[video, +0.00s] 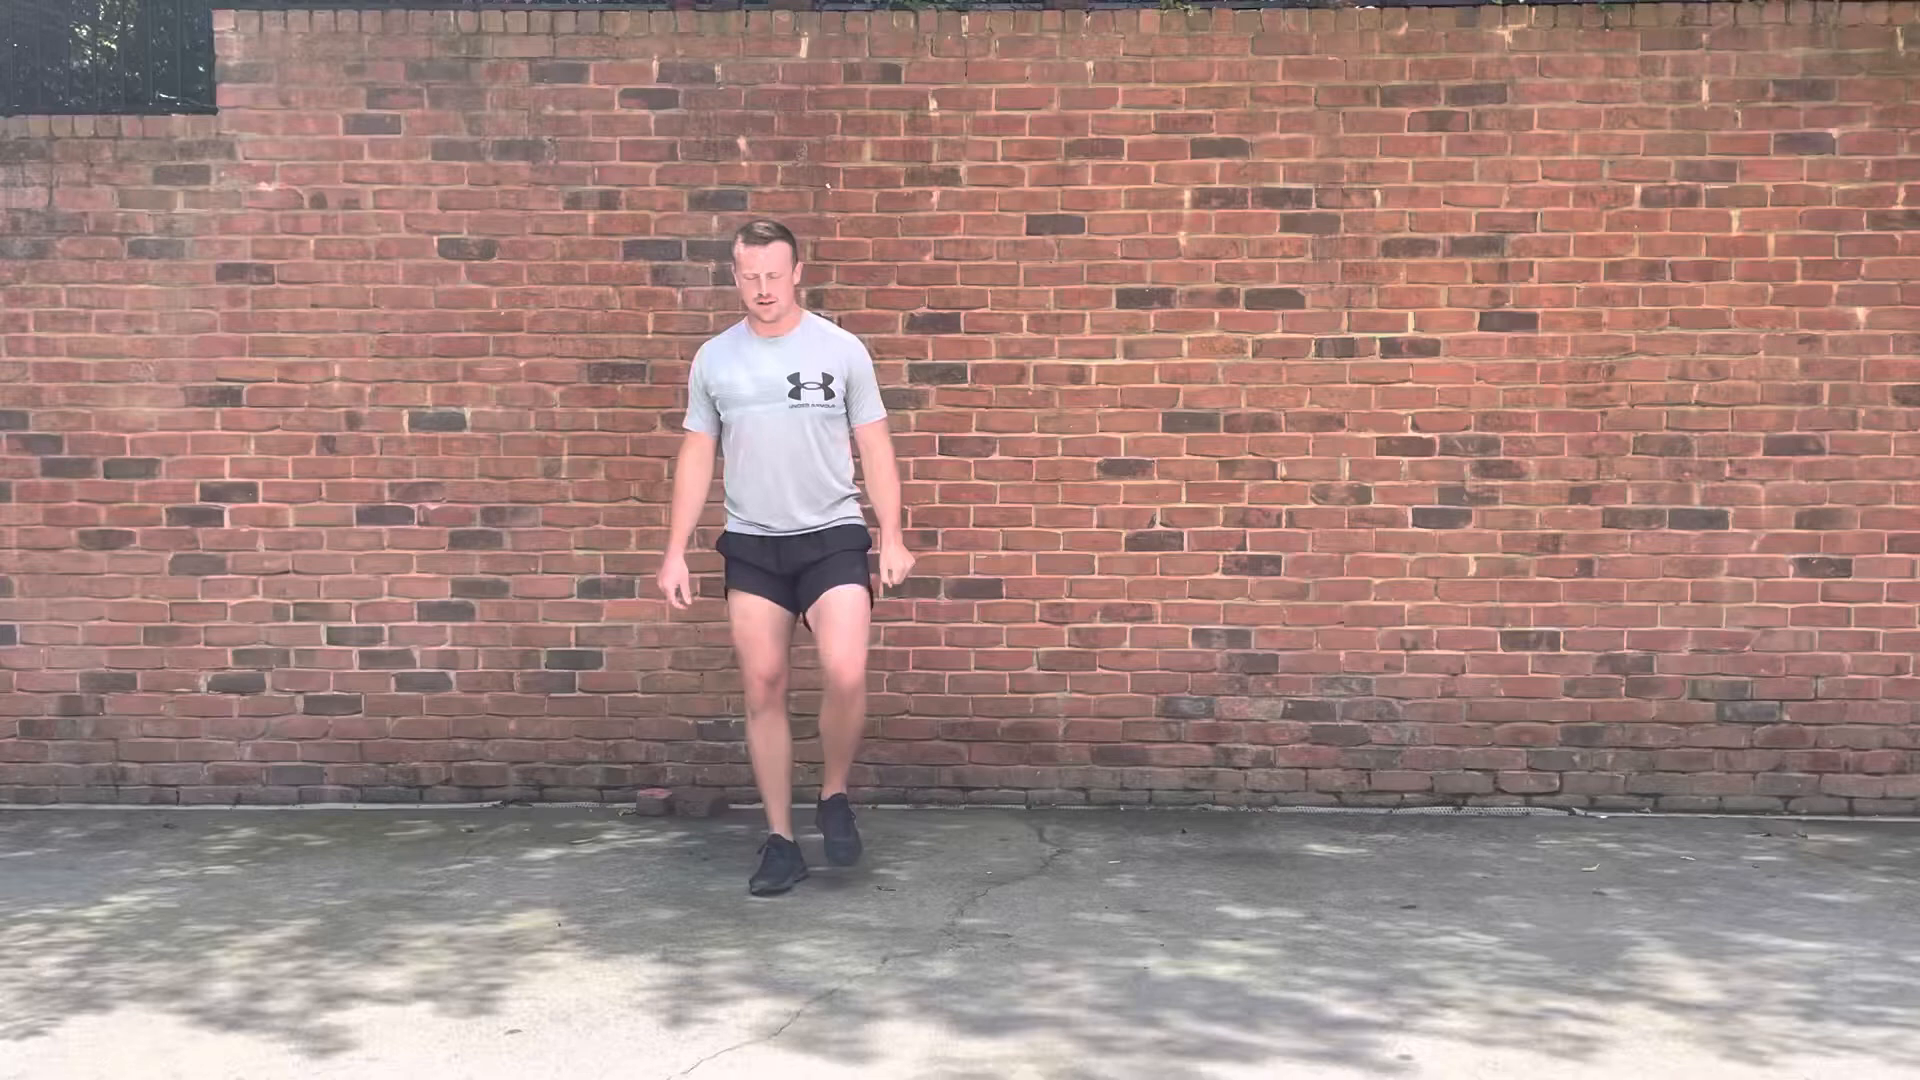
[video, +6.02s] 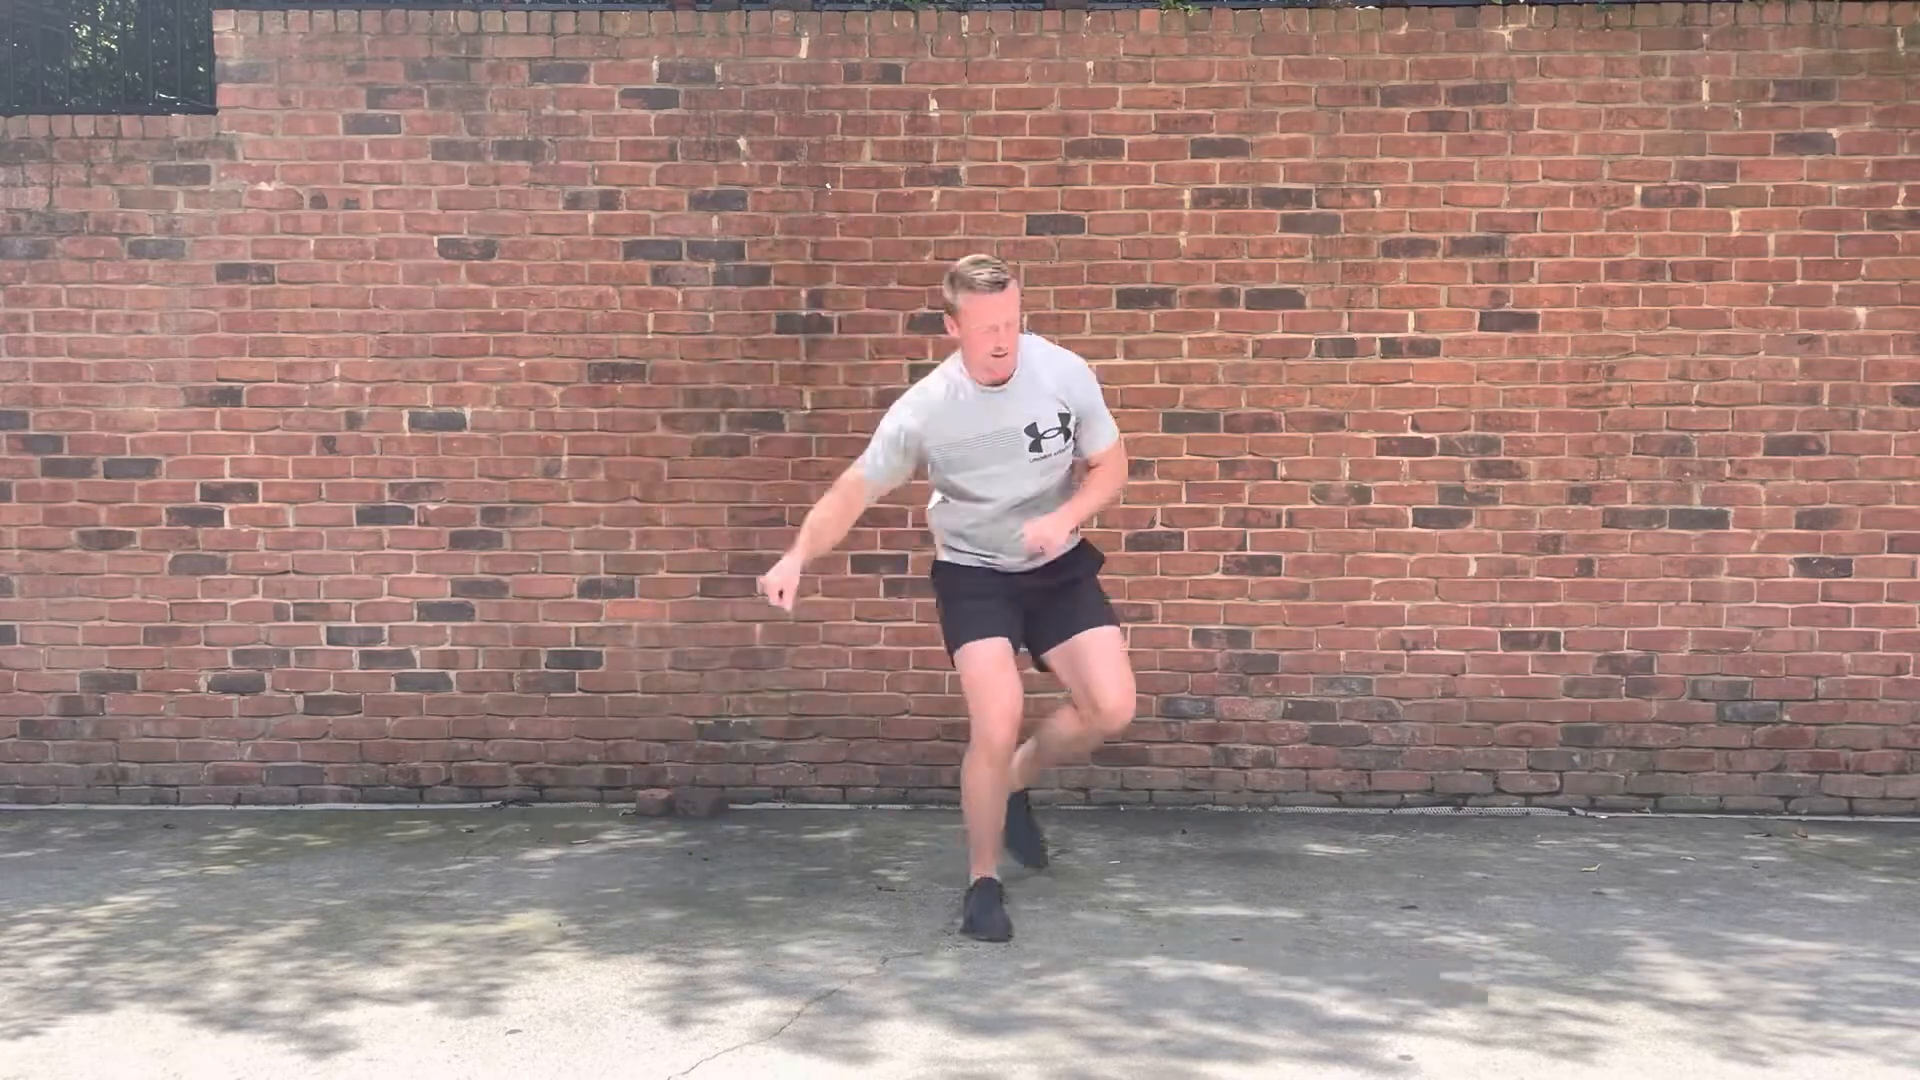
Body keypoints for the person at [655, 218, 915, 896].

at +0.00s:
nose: (761, 290)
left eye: (773, 276)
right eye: (749, 278)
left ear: (797, 273)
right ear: (734, 280)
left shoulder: (842, 350)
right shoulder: (714, 360)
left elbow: (874, 446)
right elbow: (696, 455)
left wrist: (891, 532)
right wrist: (676, 548)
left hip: (836, 537)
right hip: (752, 544)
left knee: (847, 675)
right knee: (763, 682)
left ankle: (835, 796)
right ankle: (779, 838)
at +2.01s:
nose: (1418, 293)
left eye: (1433, 281)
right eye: (1406, 277)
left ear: (1452, 277)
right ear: (1384, 264)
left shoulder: (1483, 340)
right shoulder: (1333, 316)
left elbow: (1566, 396)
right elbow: (1231, 316)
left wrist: (1651, 425)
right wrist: (1204, 345)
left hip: (1430, 521)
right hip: (1335, 505)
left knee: (1482, 664)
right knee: (1277, 631)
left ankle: (1507, 814)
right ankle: (1341, 665)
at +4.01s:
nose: (1477, 356)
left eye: (1488, 343)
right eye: (1466, 341)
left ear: (1497, 337)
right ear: (1428, 329)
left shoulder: (1510, 374)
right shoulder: (1374, 389)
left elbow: (1549, 390)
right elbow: (1268, 413)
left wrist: (1602, 406)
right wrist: (1258, 449)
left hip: (1492, 569)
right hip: (1397, 579)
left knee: (1574, 709)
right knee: (1378, 745)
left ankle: (1643, 849)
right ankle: (1410, 733)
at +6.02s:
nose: (1001, 339)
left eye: (1010, 323)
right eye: (984, 326)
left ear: (1022, 316)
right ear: (954, 327)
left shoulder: (1063, 373)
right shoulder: (923, 409)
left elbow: (1110, 465)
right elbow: (854, 490)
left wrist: (1063, 519)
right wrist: (796, 556)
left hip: (1060, 564)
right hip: (973, 572)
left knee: (1112, 706)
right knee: (998, 727)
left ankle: (1009, 780)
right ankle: (985, 881)